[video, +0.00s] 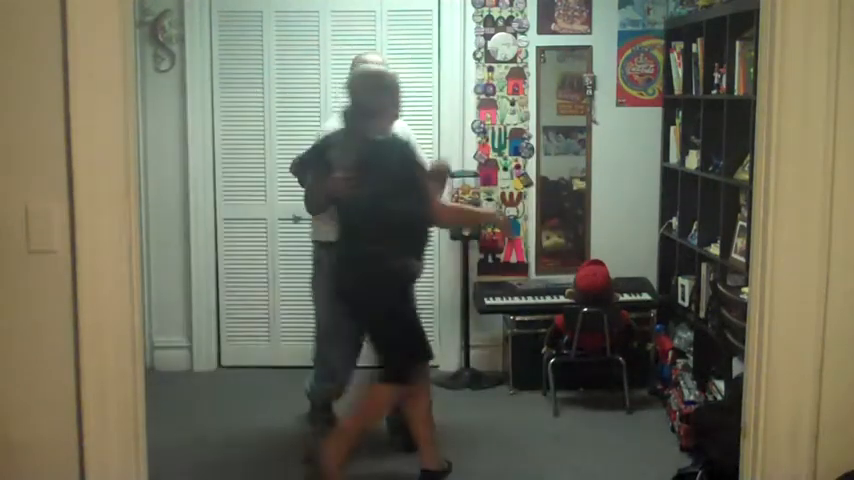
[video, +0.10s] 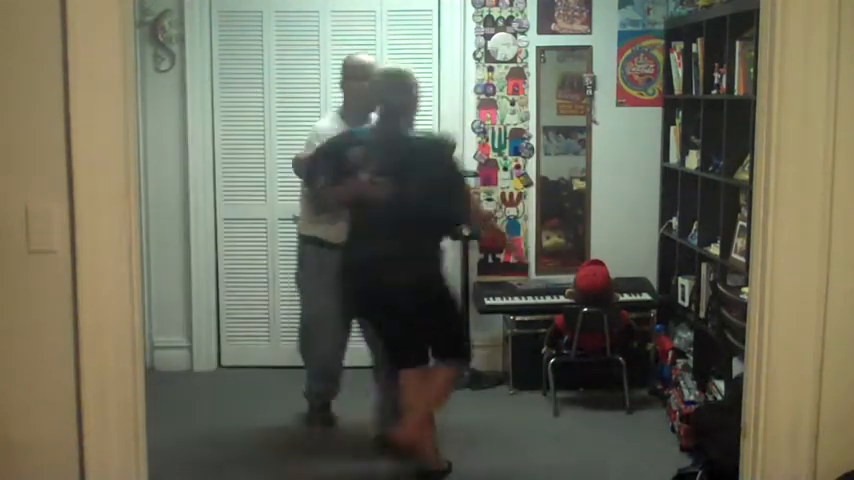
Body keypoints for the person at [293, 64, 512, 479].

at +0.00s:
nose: (399, 106)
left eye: (396, 98)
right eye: (396, 99)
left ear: (357, 103)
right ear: (390, 105)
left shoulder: (342, 149)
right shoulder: (396, 151)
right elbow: (436, 214)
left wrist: (431, 184)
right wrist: (489, 217)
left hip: (354, 272)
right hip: (384, 275)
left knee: (413, 363)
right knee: (400, 368)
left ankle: (430, 461)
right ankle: (335, 451)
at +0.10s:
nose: (412, 107)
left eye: (403, 100)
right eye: (412, 100)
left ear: (375, 102)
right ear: (413, 104)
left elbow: (312, 182)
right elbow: (458, 212)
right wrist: (485, 223)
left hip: (363, 270)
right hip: (416, 272)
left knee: (408, 358)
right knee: (454, 352)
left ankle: (426, 453)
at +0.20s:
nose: (367, 88)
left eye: (369, 81)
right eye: (358, 81)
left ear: (370, 87)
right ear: (336, 86)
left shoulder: (375, 132)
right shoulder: (317, 130)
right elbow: (308, 162)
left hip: (363, 252)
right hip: (317, 251)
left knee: (372, 346)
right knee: (315, 338)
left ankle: (353, 423)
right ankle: (318, 406)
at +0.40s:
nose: (360, 84)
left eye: (362, 77)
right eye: (350, 77)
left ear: (362, 84)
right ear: (323, 84)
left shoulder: (367, 130)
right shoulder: (309, 132)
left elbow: (389, 178)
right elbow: (332, 200)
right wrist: (394, 218)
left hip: (355, 260)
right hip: (307, 261)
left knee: (347, 354)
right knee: (306, 350)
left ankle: (314, 436)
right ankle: (308, 430)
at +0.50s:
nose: (368, 83)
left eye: (367, 76)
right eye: (359, 76)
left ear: (358, 81)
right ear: (333, 80)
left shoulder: (360, 127)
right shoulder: (306, 130)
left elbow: (366, 171)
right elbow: (310, 197)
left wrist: (402, 150)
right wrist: (379, 230)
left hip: (355, 256)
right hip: (309, 256)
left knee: (350, 352)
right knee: (312, 346)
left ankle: (316, 436)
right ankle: (300, 415)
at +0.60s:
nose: (374, 72)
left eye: (373, 65)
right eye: (364, 66)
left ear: (364, 73)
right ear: (335, 72)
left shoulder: (358, 122)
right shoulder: (311, 124)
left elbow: (366, 186)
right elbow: (298, 193)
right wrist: (363, 226)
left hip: (355, 249)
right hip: (314, 245)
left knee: (353, 346)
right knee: (338, 330)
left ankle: (307, 437)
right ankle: (283, 363)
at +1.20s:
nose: (425, 87)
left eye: (424, 78)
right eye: (421, 79)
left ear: (378, 83)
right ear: (407, 86)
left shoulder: (344, 128)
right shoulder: (412, 141)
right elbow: (452, 208)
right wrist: (493, 188)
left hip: (330, 264)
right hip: (376, 270)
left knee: (376, 348)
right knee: (398, 364)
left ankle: (336, 433)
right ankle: (368, 465)